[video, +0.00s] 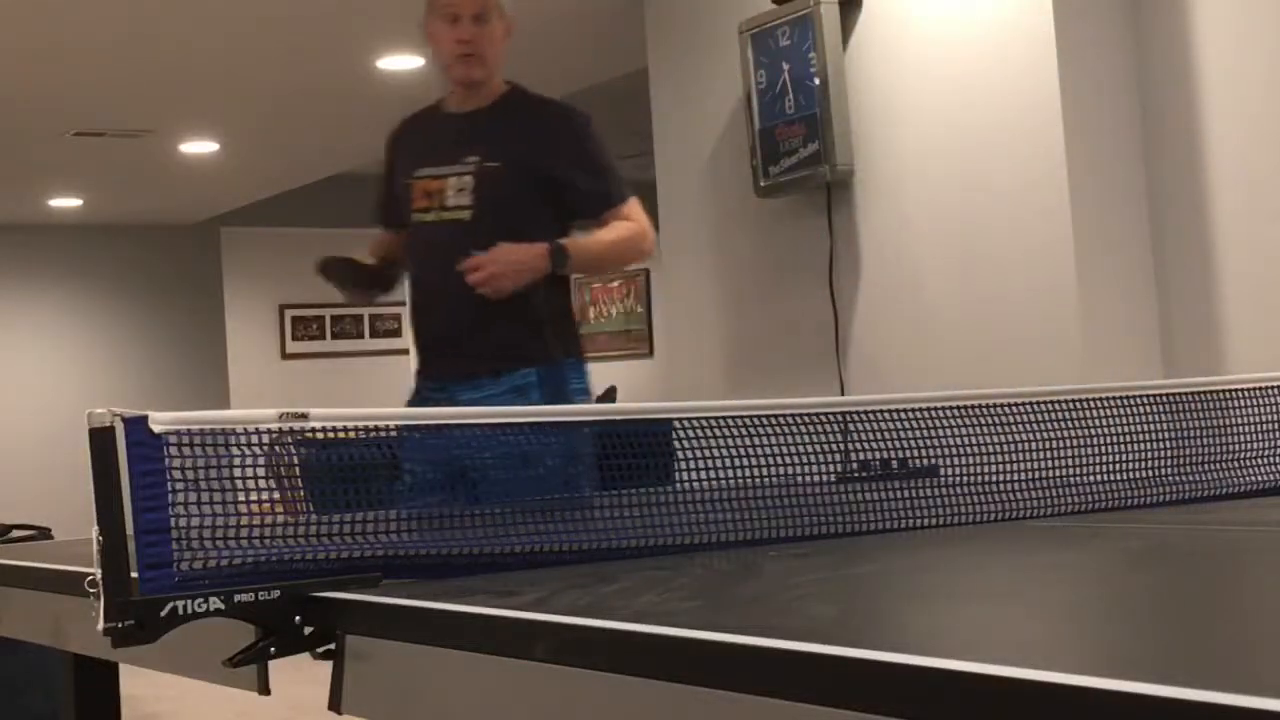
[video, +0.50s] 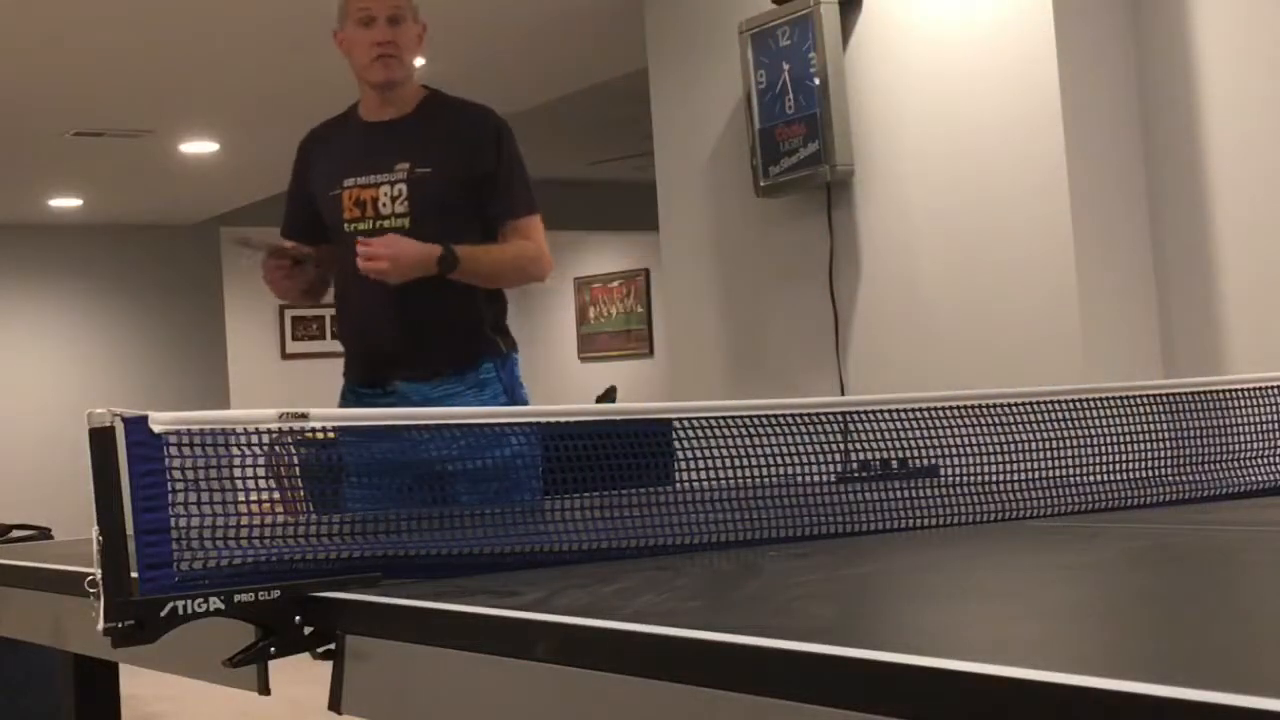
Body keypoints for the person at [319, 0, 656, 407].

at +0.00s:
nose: (465, 33)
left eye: (480, 19)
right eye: (450, 19)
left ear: (506, 30)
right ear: (428, 34)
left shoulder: (555, 126)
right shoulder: (410, 139)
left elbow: (638, 236)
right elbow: (398, 241)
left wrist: (547, 257)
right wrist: (372, 271)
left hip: (536, 389)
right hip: (438, 392)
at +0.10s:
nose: (436, 33)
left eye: (449, 17)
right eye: (419, 19)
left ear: (473, 30)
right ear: (396, 36)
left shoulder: (527, 126)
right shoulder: (375, 143)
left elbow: (611, 233)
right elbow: (355, 247)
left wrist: (508, 254)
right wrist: (331, 274)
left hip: (512, 387)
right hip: (414, 392)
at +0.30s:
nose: (398, 36)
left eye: (411, 22)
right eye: (381, 23)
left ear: (434, 36)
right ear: (356, 42)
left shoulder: (490, 129)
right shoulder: (333, 148)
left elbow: (555, 251)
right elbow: (306, 247)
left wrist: (444, 258)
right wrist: (289, 279)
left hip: (484, 385)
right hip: (385, 391)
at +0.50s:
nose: (383, 36)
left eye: (396, 21)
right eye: (366, 23)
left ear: (420, 35)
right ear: (342, 42)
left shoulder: (478, 130)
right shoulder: (320, 149)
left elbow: (534, 258)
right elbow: (315, 279)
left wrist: (436, 260)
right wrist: (291, 279)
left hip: (476, 395)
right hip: (370, 404)